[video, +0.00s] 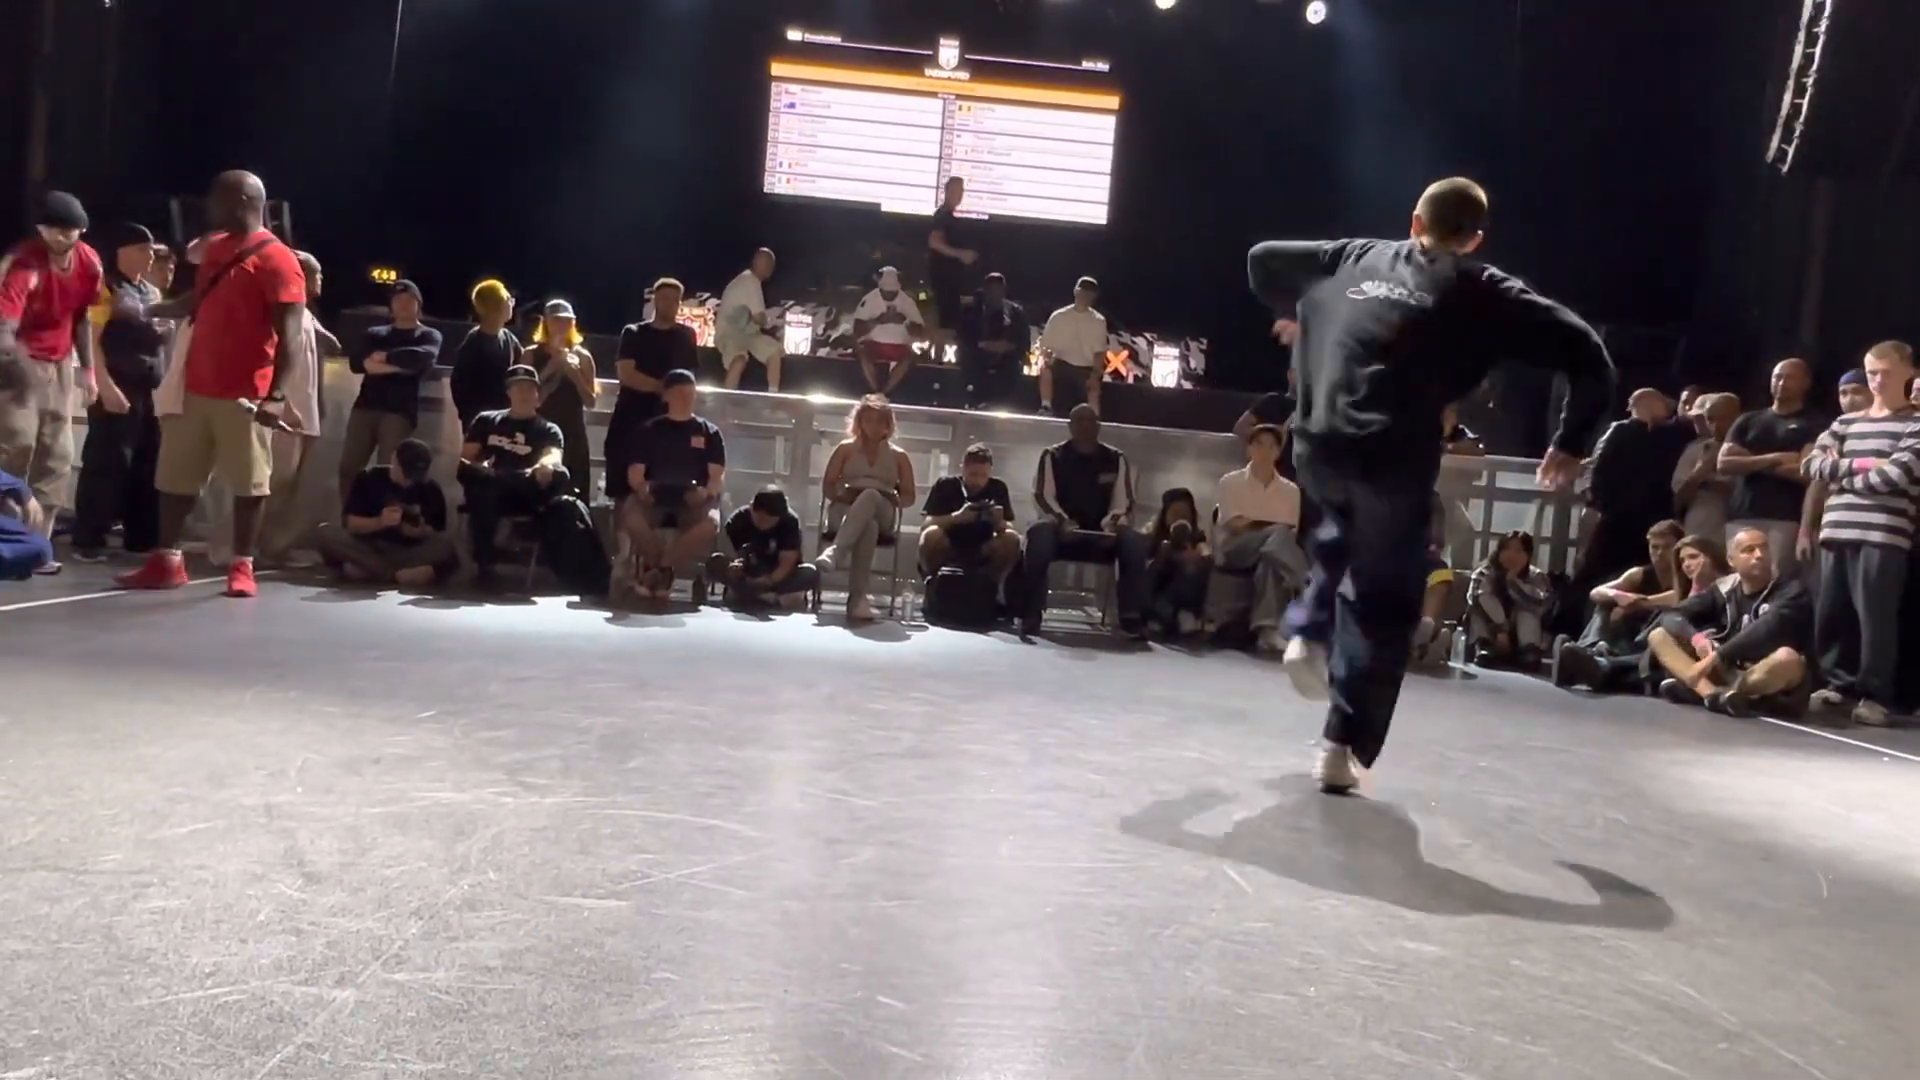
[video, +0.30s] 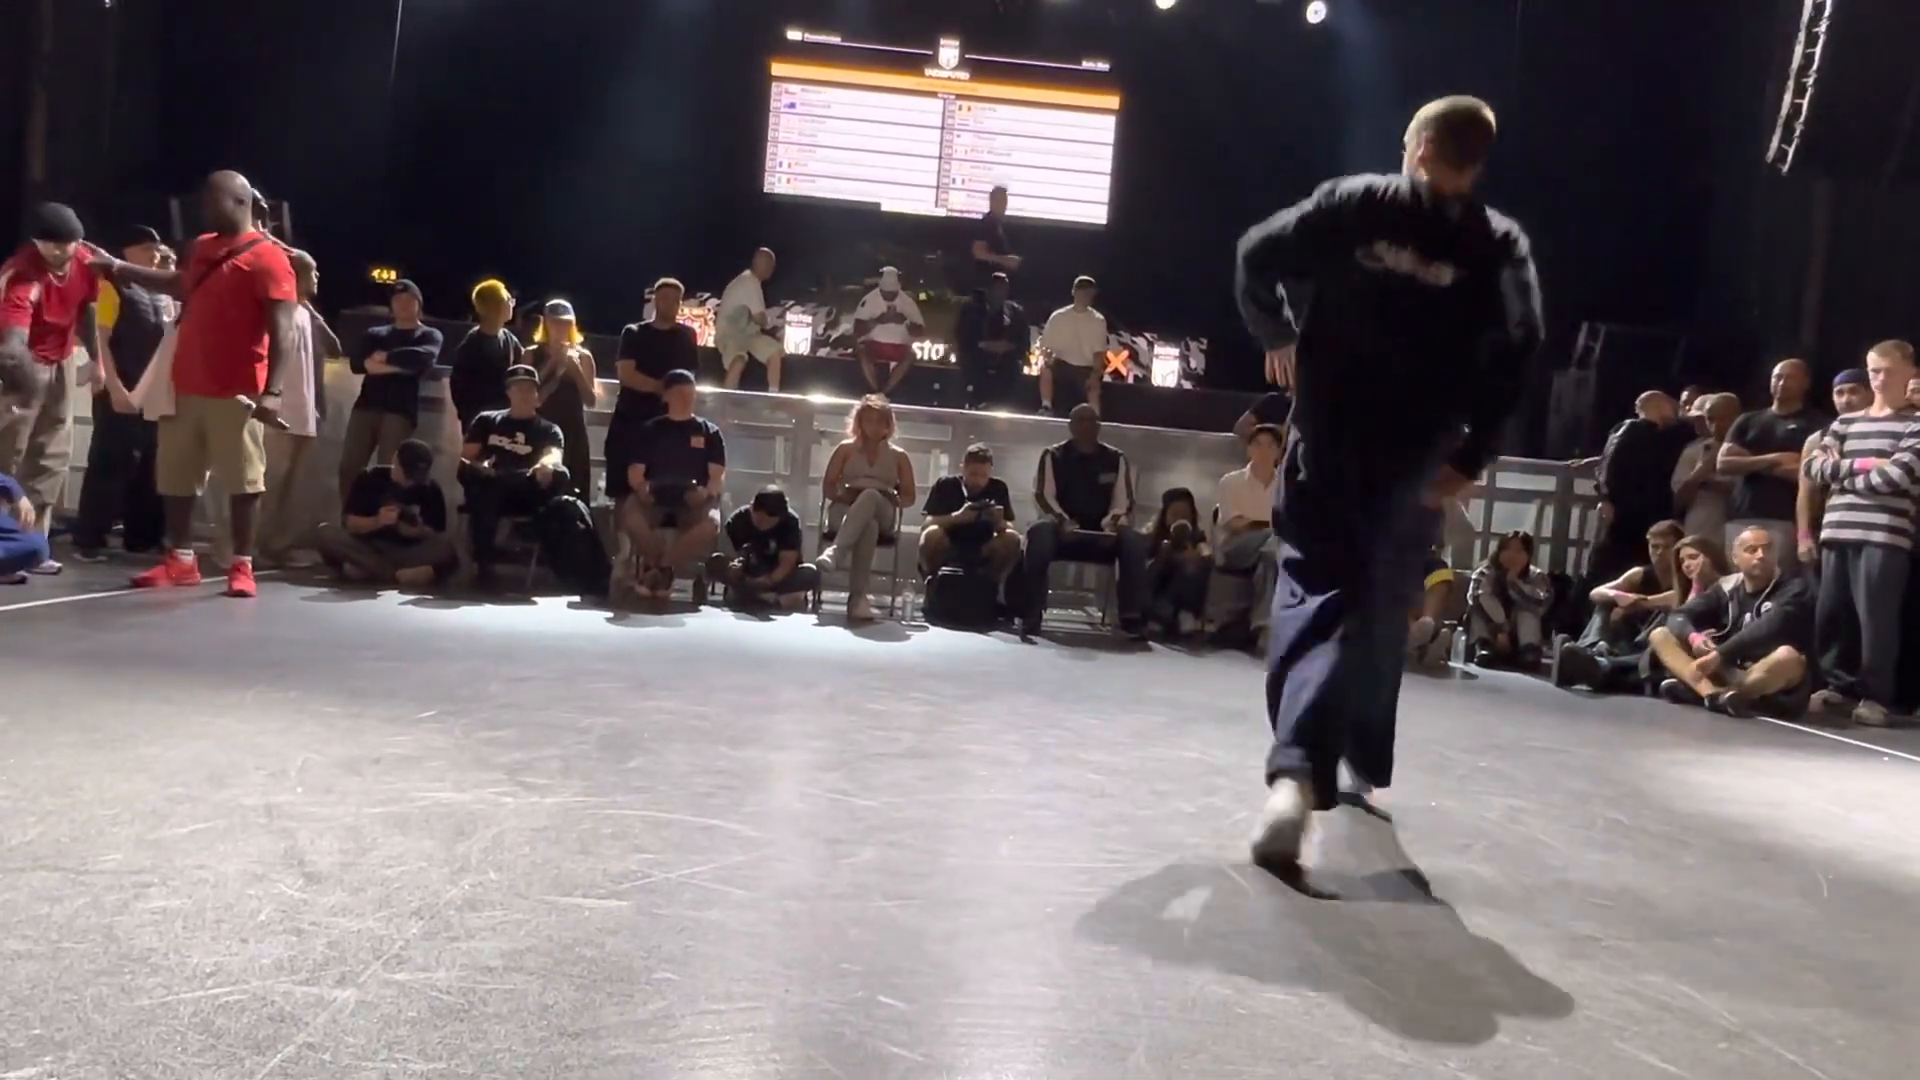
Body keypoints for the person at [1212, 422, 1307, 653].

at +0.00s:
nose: (1265, 451)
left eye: (1270, 446)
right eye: (1260, 444)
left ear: (1278, 452)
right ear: (1250, 449)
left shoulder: (1290, 491)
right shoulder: (1230, 482)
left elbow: (1288, 531)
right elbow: (1235, 525)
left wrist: (1249, 523)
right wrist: (1278, 528)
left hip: (1276, 552)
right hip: (1235, 549)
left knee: (1270, 560)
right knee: (1280, 534)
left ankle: (1268, 628)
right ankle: (1306, 585)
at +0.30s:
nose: (1262, 449)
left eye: (1269, 445)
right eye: (1257, 444)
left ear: (1278, 452)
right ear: (1249, 449)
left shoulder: (1284, 484)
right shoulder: (1231, 481)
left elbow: (1290, 525)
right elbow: (1236, 524)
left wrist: (1252, 525)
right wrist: (1277, 527)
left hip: (1273, 550)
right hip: (1236, 547)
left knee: (1268, 559)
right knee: (1273, 539)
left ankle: (1263, 627)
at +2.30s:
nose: (1256, 456)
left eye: (1262, 451)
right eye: (1251, 450)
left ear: (1270, 456)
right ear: (1242, 454)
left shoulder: (1283, 494)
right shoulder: (1224, 486)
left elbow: (1280, 536)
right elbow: (1228, 528)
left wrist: (1241, 527)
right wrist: (1271, 533)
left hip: (1269, 558)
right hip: (1228, 555)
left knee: (1263, 564)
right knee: (1272, 537)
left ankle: (1263, 636)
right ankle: (1300, 597)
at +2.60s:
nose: (1253, 455)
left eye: (1258, 450)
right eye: (1248, 449)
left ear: (1265, 457)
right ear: (1239, 453)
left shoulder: (1279, 494)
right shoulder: (1219, 487)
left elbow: (1278, 536)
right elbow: (1225, 529)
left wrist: (1238, 528)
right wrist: (1270, 532)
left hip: (1267, 558)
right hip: (1226, 555)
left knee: (1259, 565)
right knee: (1269, 538)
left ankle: (1254, 630)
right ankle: (1297, 604)